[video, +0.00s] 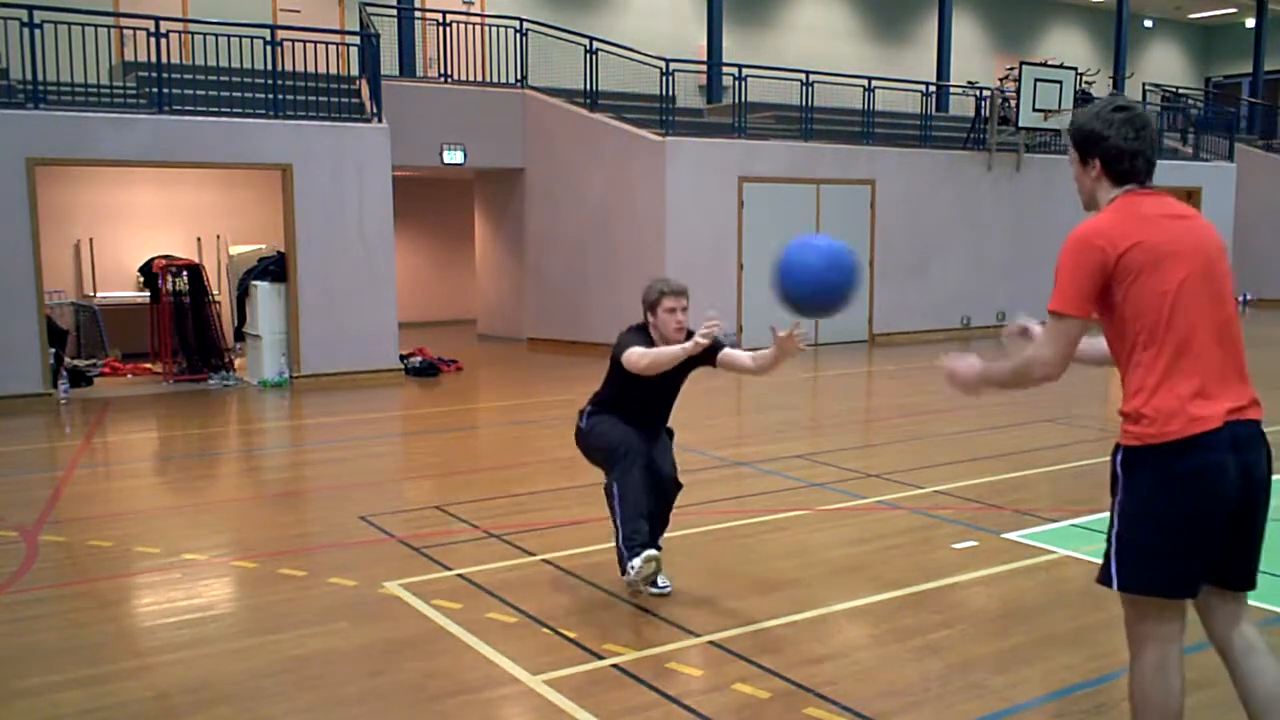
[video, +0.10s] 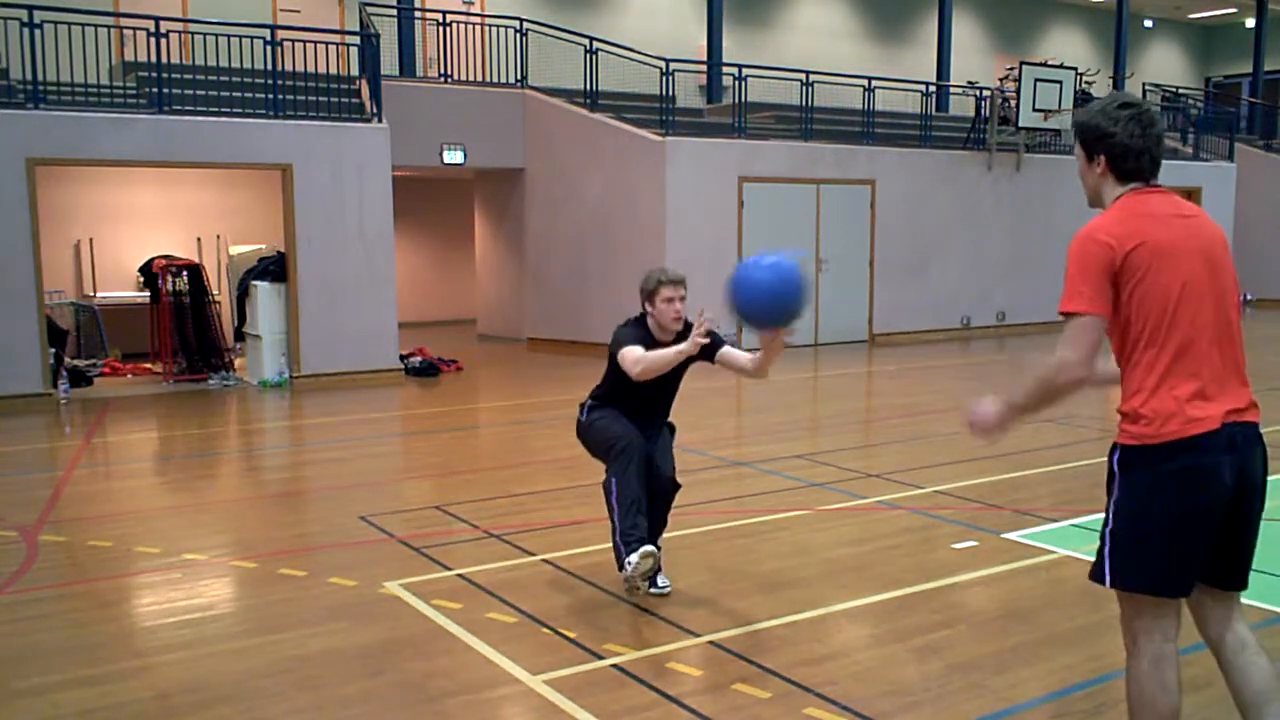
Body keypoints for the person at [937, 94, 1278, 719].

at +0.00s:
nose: (1072, 175)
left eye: (1073, 161)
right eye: (1072, 161)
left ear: (1092, 164)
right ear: (1143, 160)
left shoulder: (1096, 236)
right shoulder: (1198, 226)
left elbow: (1045, 361)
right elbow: (1148, 343)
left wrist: (980, 373)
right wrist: (1054, 343)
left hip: (1166, 457)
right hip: (1243, 448)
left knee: (1156, 634)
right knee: (1230, 616)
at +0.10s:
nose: (1078, 171)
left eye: (1079, 158)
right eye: (1077, 158)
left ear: (1098, 160)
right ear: (1150, 158)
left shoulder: (1103, 235)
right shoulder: (1206, 226)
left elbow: (1072, 365)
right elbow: (1202, 348)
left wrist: (1007, 406)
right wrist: (1098, 371)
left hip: (1161, 459)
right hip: (1239, 452)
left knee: (1150, 635)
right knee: (1221, 614)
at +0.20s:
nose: (1086, 167)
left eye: (1087, 154)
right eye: (1086, 154)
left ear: (1106, 157)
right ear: (1160, 155)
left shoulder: (1111, 234)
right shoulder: (1212, 224)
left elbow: (1107, 364)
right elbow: (1218, 353)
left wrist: (1046, 439)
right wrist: (1123, 416)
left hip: (1162, 459)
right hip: (1239, 452)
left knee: (1149, 634)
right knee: (1219, 614)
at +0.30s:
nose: (1096, 165)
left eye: (1098, 151)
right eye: (1097, 152)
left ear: (1119, 155)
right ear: (1169, 153)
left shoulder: (1124, 231)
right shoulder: (1225, 224)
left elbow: (1134, 361)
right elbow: (1240, 332)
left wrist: (1085, 458)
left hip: (1166, 463)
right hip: (1242, 455)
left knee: (1147, 631)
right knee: (1223, 616)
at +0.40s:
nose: (1113, 162)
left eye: (1116, 148)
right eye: (1114, 148)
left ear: (1138, 152)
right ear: (1184, 150)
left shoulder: (1139, 228)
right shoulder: (1241, 224)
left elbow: (1151, 357)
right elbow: (1263, 349)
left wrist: (1117, 471)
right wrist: (1249, 427)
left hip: (1177, 462)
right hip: (1253, 456)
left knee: (1151, 631)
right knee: (1231, 615)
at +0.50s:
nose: (1136, 156)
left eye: (1138, 143)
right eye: (1136, 143)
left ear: (1160, 149)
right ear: (1212, 150)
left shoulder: (1159, 226)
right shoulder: (1262, 224)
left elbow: (1162, 359)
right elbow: (1266, 338)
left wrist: (1124, 470)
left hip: (1189, 463)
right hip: (1264, 457)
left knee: (1158, 636)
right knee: (1246, 615)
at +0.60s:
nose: (1158, 153)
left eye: (1162, 141)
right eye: (1160, 140)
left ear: (1184, 148)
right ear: (1234, 149)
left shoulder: (1179, 226)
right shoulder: (1269, 216)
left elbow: (1173, 357)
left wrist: (1118, 462)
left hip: (1198, 462)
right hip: (1265, 456)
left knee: (1168, 636)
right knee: (1259, 617)